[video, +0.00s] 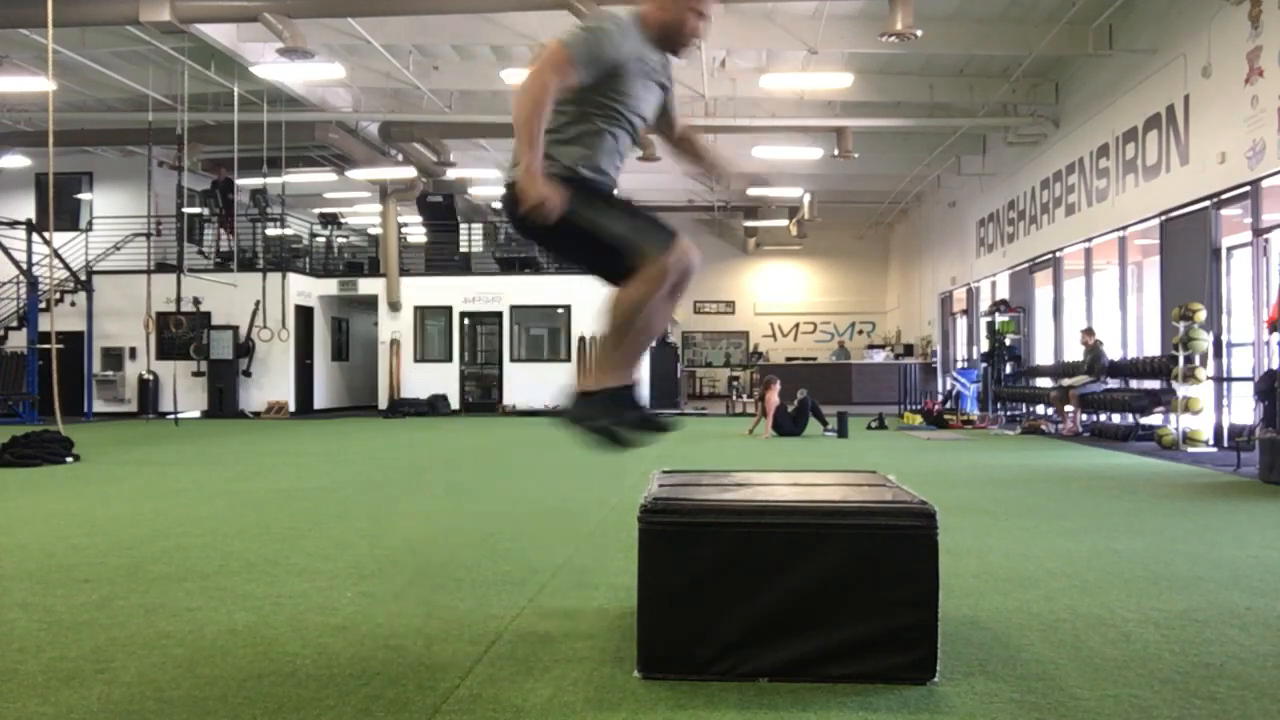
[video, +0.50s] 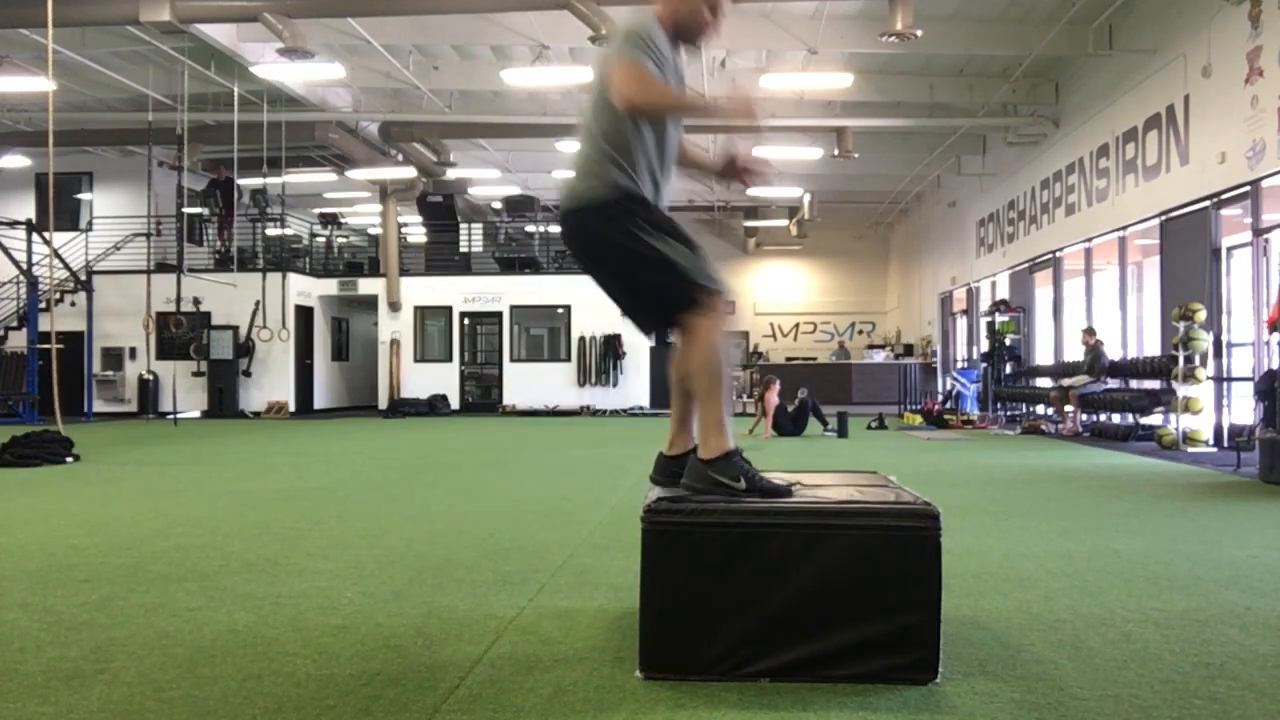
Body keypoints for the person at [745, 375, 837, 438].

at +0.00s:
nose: (779, 387)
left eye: (779, 384)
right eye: (778, 384)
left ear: (767, 385)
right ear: (773, 385)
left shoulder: (764, 396)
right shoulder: (772, 396)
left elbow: (759, 415)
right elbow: (770, 415)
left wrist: (751, 429)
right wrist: (767, 433)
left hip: (785, 430)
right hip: (793, 431)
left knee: (807, 402)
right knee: (807, 401)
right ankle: (826, 426)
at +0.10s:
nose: (779, 387)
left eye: (779, 384)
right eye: (778, 384)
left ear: (768, 386)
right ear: (772, 385)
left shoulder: (764, 396)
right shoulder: (772, 396)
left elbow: (759, 416)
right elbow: (770, 415)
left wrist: (751, 430)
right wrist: (767, 433)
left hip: (784, 430)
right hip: (793, 431)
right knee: (807, 401)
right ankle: (826, 426)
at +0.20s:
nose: (779, 387)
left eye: (779, 384)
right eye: (778, 384)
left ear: (768, 386)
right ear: (772, 385)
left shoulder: (764, 396)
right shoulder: (772, 396)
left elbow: (759, 415)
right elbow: (769, 415)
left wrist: (751, 429)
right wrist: (767, 433)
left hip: (785, 430)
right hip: (793, 431)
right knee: (808, 401)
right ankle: (826, 426)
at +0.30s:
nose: (779, 387)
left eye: (779, 384)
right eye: (778, 384)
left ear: (771, 386)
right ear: (772, 386)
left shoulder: (766, 396)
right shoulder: (772, 397)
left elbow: (759, 416)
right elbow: (769, 416)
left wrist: (751, 429)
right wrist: (767, 433)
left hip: (785, 429)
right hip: (793, 430)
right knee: (808, 401)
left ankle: (799, 401)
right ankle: (826, 426)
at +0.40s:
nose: (779, 387)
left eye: (779, 385)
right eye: (778, 385)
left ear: (770, 386)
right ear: (772, 386)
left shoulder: (766, 396)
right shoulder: (771, 397)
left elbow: (760, 415)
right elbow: (769, 416)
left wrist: (751, 429)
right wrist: (767, 433)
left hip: (786, 429)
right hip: (792, 430)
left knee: (809, 401)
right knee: (807, 401)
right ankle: (826, 426)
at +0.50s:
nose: (779, 387)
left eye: (779, 384)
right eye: (777, 385)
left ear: (769, 386)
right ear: (772, 386)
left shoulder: (765, 396)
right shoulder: (771, 397)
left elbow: (759, 415)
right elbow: (769, 416)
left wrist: (751, 429)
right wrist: (767, 433)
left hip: (785, 430)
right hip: (793, 431)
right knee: (808, 401)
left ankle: (799, 402)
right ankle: (826, 426)